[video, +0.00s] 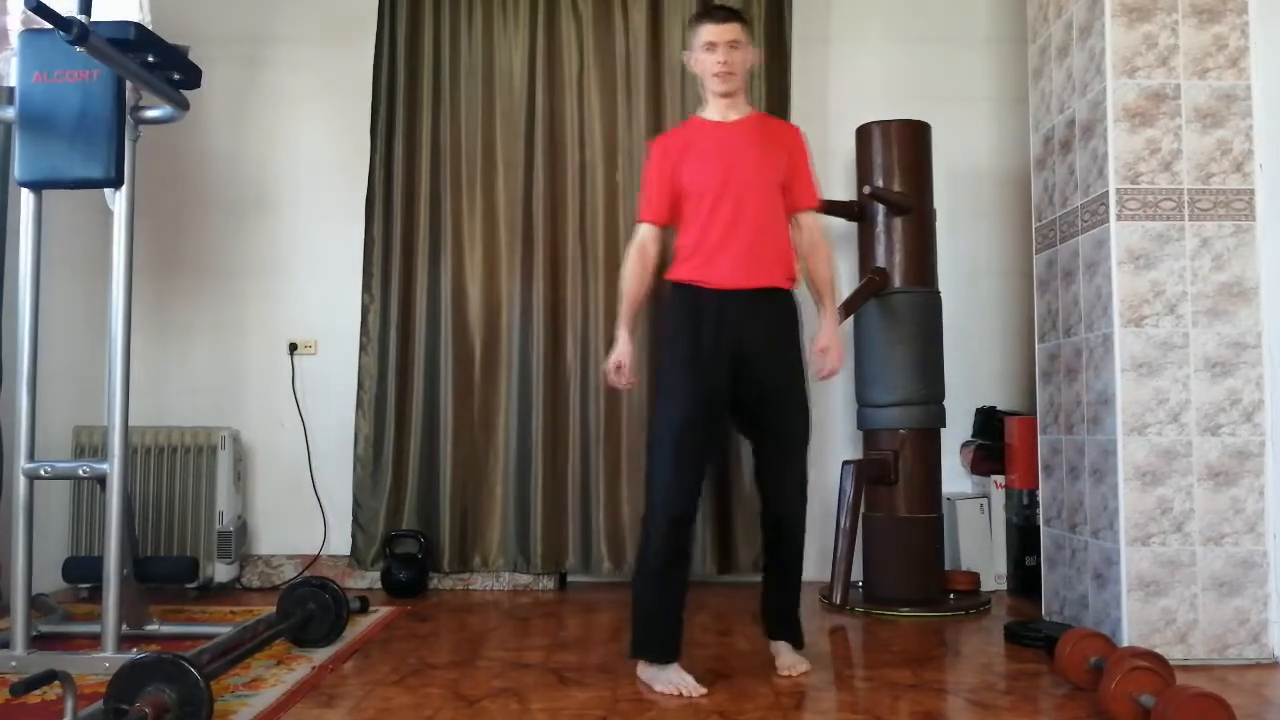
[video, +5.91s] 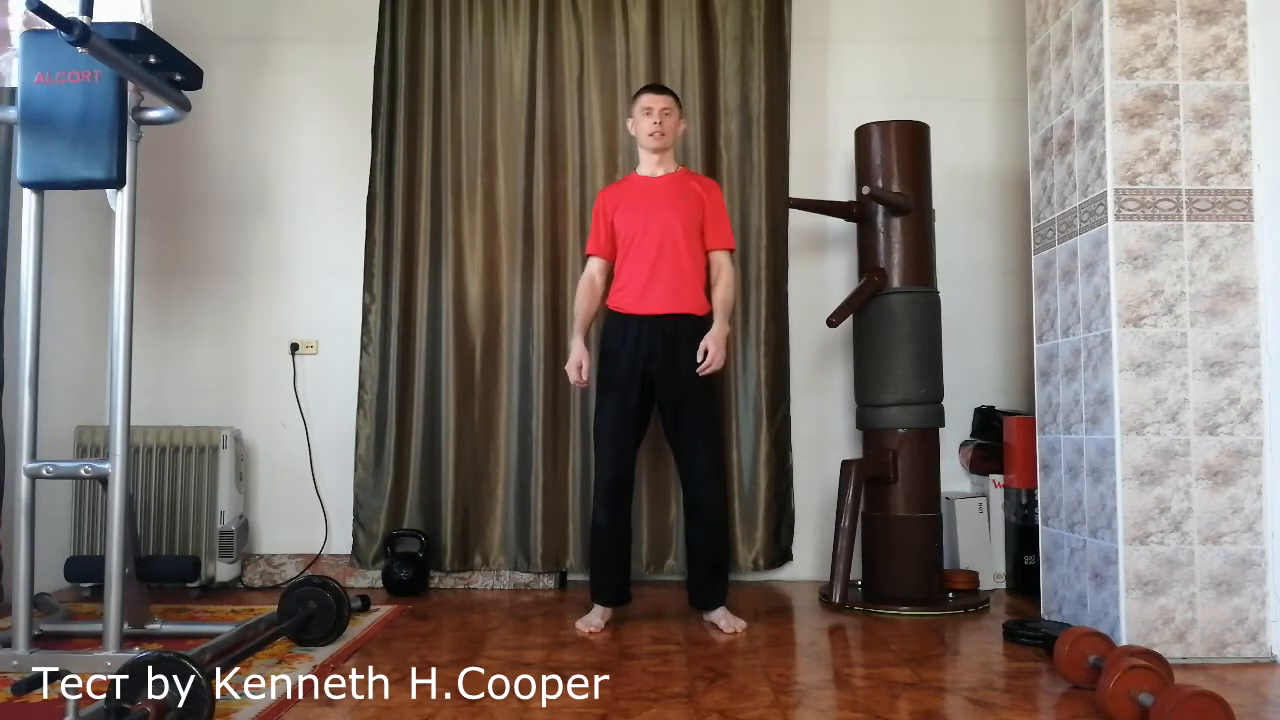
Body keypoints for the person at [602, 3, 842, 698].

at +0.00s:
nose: (723, 57)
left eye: (734, 45)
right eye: (710, 47)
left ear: (753, 56)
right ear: (691, 61)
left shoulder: (783, 137)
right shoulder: (671, 145)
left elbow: (809, 230)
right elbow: (646, 243)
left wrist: (829, 316)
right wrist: (624, 331)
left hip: (771, 319)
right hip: (691, 319)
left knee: (786, 487)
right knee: (674, 493)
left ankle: (783, 633)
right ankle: (655, 655)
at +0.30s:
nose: (770, 73)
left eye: (783, 61)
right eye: (759, 60)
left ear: (801, 69)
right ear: (740, 66)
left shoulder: (824, 145)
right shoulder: (713, 151)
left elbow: (849, 235)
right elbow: (687, 245)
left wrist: (846, 308)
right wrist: (681, 246)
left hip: (789, 323)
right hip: (716, 321)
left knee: (792, 485)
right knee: (693, 478)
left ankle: (788, 635)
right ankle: (674, 639)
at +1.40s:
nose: (718, 86)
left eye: (730, 76)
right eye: (707, 76)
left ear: (747, 87)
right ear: (690, 85)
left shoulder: (770, 159)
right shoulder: (666, 169)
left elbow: (789, 247)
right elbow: (650, 260)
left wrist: (777, 307)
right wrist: (629, 342)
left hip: (748, 327)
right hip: (674, 328)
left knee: (766, 483)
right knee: (671, 480)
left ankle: (781, 633)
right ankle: (680, 615)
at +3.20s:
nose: (665, 124)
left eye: (674, 116)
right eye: (655, 116)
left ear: (691, 128)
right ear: (640, 129)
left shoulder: (714, 193)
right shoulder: (621, 199)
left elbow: (732, 271)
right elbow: (600, 275)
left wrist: (731, 334)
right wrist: (580, 249)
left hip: (697, 339)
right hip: (633, 338)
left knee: (707, 473)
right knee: (618, 471)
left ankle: (713, 602)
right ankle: (607, 599)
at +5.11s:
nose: (667, 123)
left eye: (678, 115)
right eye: (658, 115)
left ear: (693, 128)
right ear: (643, 127)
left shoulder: (715, 192)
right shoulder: (623, 197)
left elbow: (734, 267)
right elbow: (605, 271)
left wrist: (730, 320)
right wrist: (590, 328)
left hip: (697, 338)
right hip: (632, 338)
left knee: (708, 473)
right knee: (619, 471)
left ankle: (713, 602)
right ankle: (609, 598)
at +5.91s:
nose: (656, 120)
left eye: (666, 112)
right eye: (646, 113)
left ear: (681, 126)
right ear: (630, 127)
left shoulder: (703, 190)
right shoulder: (612, 196)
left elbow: (723, 268)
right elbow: (595, 274)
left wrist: (720, 327)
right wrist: (578, 336)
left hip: (688, 338)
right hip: (623, 338)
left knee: (703, 473)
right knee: (612, 472)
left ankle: (710, 601)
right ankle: (605, 599)